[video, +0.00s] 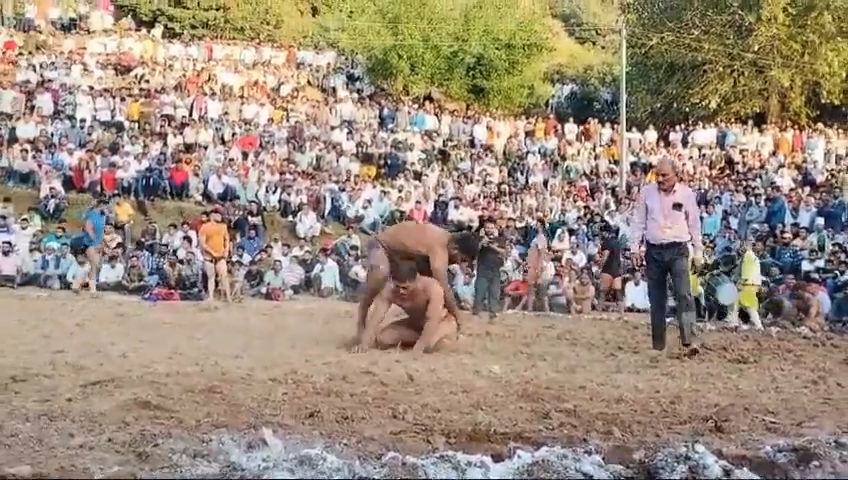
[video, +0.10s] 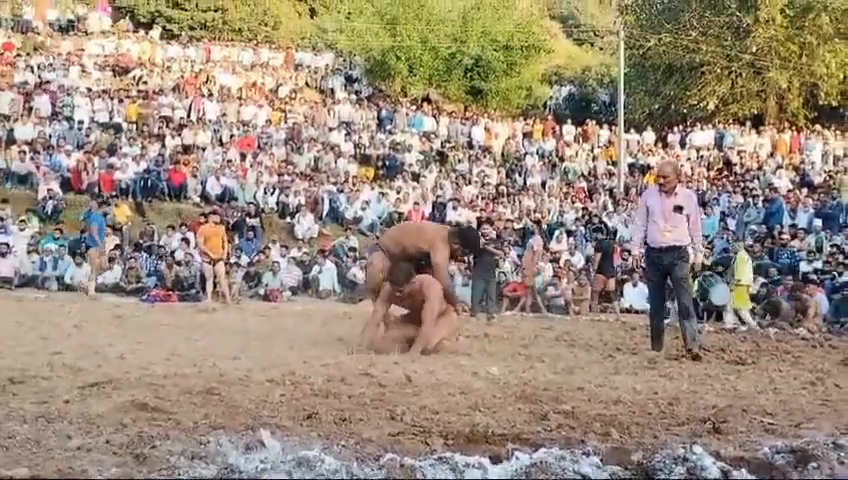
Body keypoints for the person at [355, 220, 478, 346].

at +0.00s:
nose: (460, 263)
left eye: (464, 261)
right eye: (462, 259)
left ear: (456, 245)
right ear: (455, 248)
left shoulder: (447, 241)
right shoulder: (438, 248)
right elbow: (443, 288)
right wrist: (458, 318)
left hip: (401, 253)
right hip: (380, 244)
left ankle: (419, 321)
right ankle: (361, 323)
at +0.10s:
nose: (462, 258)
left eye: (466, 256)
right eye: (464, 254)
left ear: (457, 240)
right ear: (457, 245)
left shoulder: (448, 235)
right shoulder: (439, 243)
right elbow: (443, 283)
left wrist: (451, 301)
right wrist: (455, 303)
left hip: (408, 255)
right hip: (384, 251)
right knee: (377, 291)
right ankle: (386, 327)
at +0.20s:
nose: (463, 255)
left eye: (467, 252)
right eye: (465, 251)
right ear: (460, 243)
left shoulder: (446, 233)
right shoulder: (442, 244)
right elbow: (440, 278)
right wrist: (454, 295)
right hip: (389, 257)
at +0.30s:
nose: (466, 254)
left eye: (469, 251)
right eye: (468, 250)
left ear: (461, 235)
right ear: (462, 243)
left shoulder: (447, 235)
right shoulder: (444, 244)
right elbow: (442, 280)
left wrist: (454, 260)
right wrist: (457, 293)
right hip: (394, 265)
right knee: (374, 301)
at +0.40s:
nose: (471, 258)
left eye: (474, 255)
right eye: (472, 254)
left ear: (463, 242)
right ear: (464, 249)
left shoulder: (451, 241)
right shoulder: (447, 250)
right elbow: (443, 287)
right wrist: (464, 300)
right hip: (397, 272)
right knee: (373, 307)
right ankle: (410, 336)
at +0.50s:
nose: (474, 270)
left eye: (478, 267)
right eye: (474, 266)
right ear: (466, 259)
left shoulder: (462, 246)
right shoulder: (448, 262)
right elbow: (446, 301)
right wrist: (469, 307)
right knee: (372, 307)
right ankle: (411, 338)